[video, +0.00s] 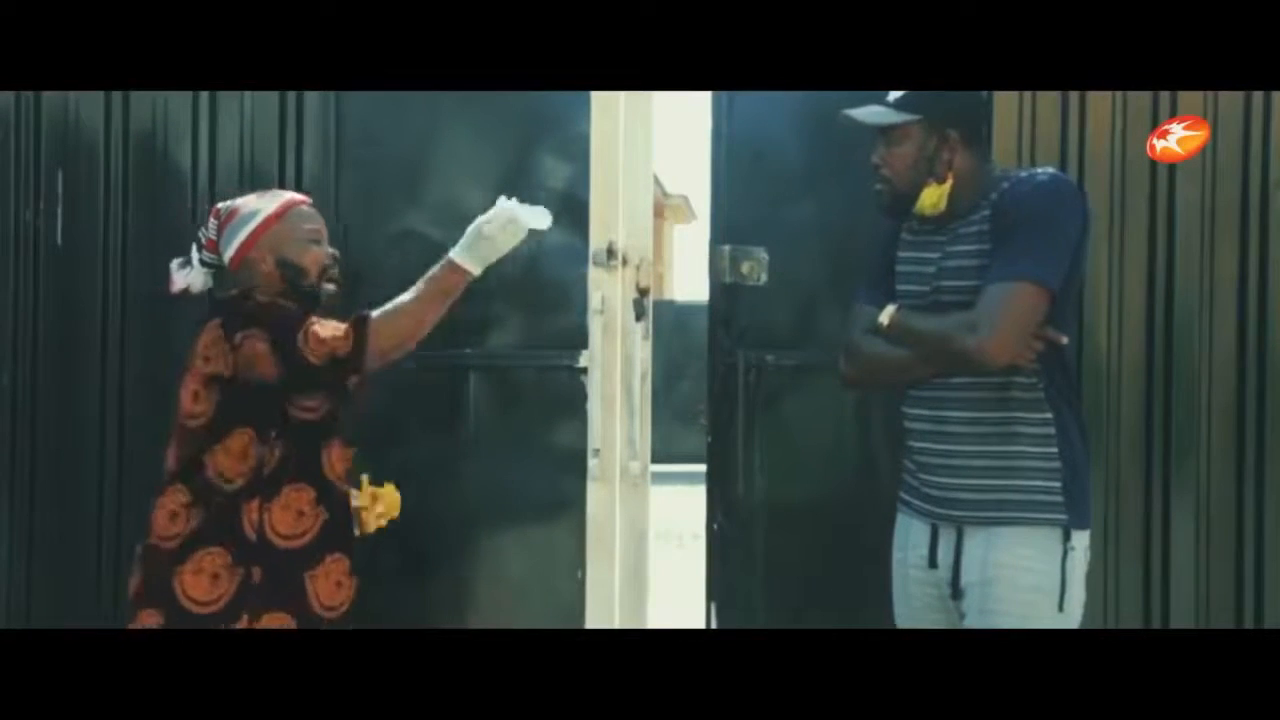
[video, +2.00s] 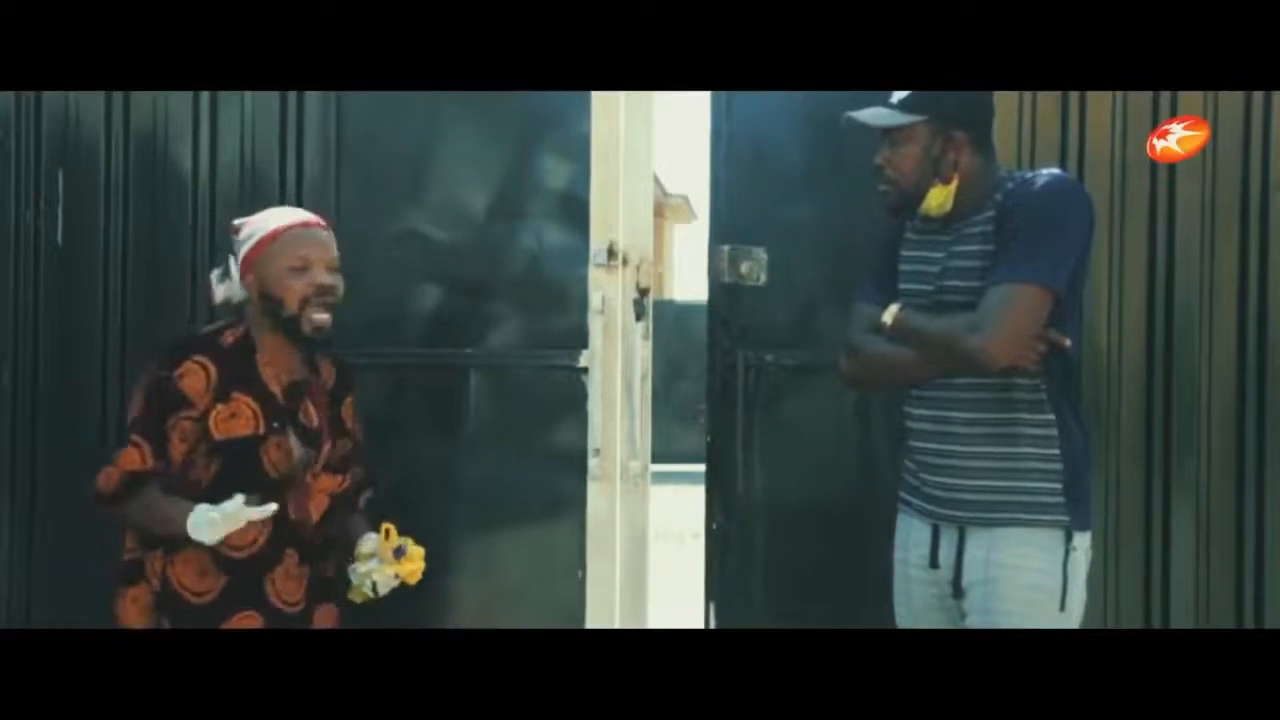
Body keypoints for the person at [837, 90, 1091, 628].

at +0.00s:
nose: (875, 159)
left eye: (892, 142)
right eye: (877, 142)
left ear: (948, 145)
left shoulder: (1042, 197)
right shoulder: (902, 224)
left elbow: (994, 343)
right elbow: (855, 362)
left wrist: (890, 319)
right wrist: (979, 338)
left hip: (1025, 522)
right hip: (922, 513)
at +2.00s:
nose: (878, 161)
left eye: (896, 143)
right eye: (880, 143)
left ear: (954, 146)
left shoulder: (1048, 198)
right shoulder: (903, 223)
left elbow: (995, 345)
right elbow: (855, 362)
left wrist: (894, 318)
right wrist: (984, 343)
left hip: (1026, 523)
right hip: (922, 513)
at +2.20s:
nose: (878, 160)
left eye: (896, 143)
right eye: (880, 143)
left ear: (954, 147)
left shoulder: (1048, 198)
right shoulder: (903, 222)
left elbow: (994, 344)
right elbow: (855, 362)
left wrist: (893, 317)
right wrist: (981, 339)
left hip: (1026, 522)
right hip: (922, 513)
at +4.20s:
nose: (1015, 148)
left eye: (1032, 130)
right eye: (1015, 130)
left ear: (1092, 137)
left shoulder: (1182, 192)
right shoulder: (1021, 218)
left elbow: (1114, 327)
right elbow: (956, 337)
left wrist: (1003, 296)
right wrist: (1088, 328)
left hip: (1136, 527)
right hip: (1016, 515)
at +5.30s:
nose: (991, 154)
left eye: (1008, 137)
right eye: (990, 138)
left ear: (1067, 138)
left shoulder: (1163, 190)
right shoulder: (1005, 216)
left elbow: (1095, 330)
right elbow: (941, 342)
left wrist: (985, 300)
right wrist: (1071, 330)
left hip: (1120, 527)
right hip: (1001, 516)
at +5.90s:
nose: (988, 155)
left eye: (1005, 139)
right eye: (988, 139)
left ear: (1064, 139)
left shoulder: (1160, 190)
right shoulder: (1005, 216)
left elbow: (1095, 328)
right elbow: (941, 343)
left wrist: (984, 300)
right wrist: (1071, 331)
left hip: (1121, 527)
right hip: (1003, 516)